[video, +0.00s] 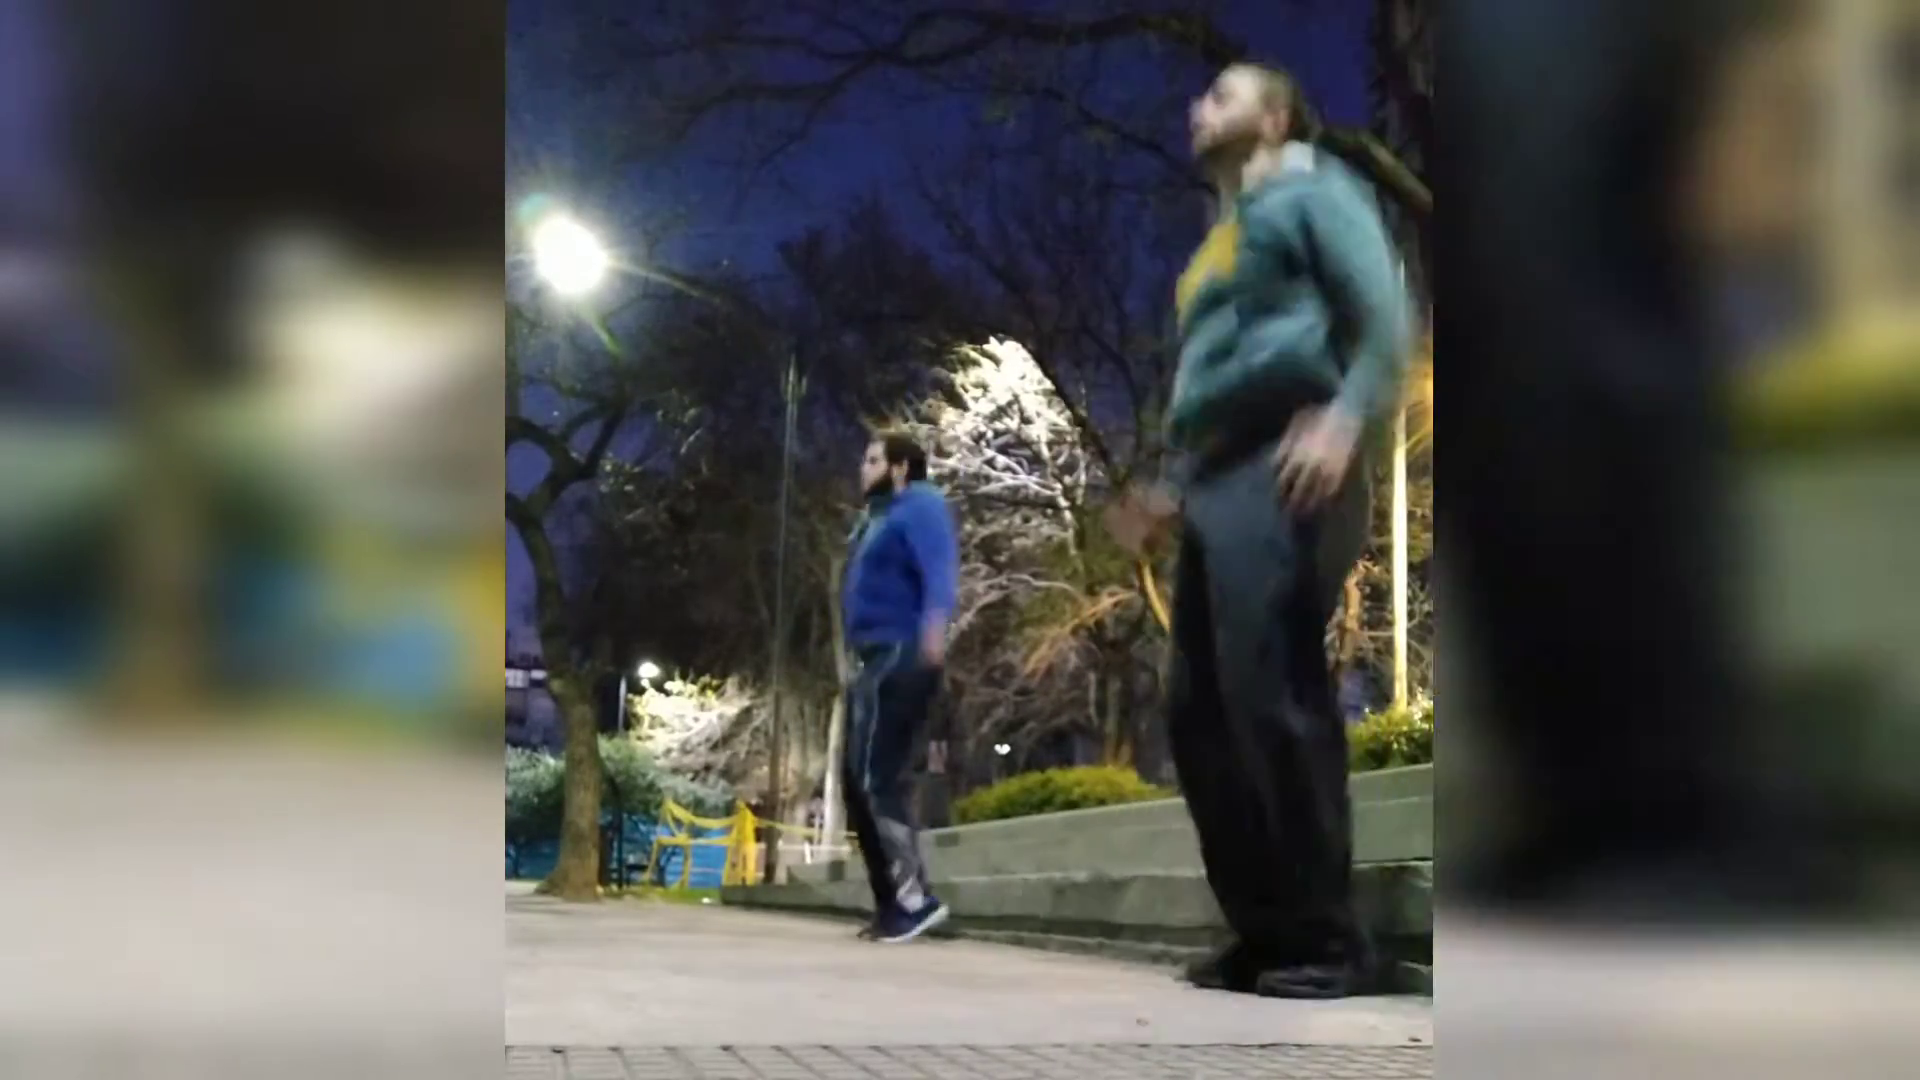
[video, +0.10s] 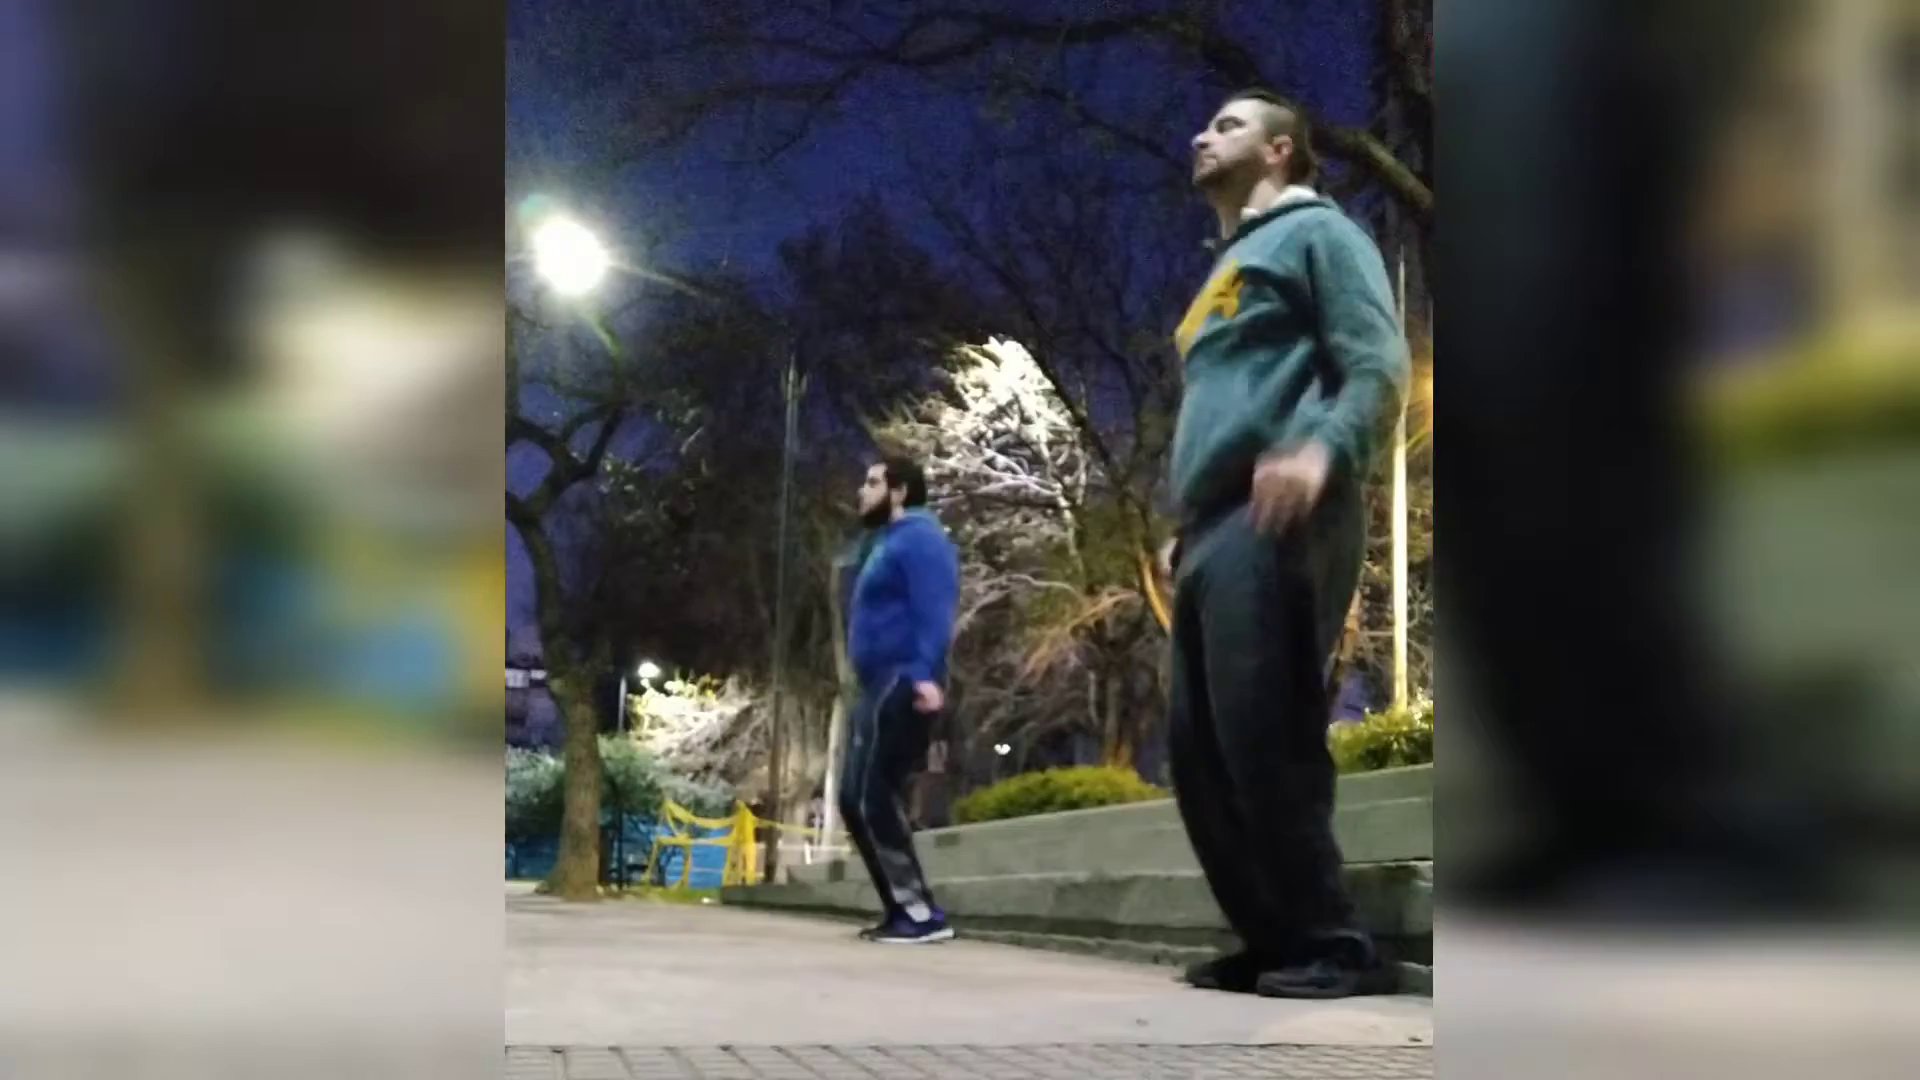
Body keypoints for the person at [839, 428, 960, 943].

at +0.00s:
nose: (863, 469)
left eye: (873, 460)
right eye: (865, 460)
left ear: (901, 467)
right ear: (890, 469)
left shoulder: (920, 505)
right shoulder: (876, 516)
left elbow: (938, 571)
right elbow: (870, 590)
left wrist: (934, 631)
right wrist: (856, 652)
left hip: (903, 651)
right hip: (869, 654)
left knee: (875, 775)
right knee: (857, 778)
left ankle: (913, 898)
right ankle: (891, 904)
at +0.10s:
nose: (862, 492)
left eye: (872, 483)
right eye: (865, 483)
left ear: (900, 491)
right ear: (895, 492)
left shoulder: (920, 536)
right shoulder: (888, 539)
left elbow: (933, 607)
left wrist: (925, 673)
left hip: (902, 681)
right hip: (875, 681)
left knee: (871, 792)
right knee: (853, 795)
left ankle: (918, 911)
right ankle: (900, 908)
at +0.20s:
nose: (870, 467)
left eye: (880, 458)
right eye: (873, 457)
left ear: (907, 465)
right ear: (903, 467)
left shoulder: (928, 507)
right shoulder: (894, 516)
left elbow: (949, 582)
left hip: (904, 657)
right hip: (872, 659)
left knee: (890, 776)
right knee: (862, 783)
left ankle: (920, 903)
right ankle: (894, 906)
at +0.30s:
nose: (877, 453)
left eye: (887, 444)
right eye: (879, 444)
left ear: (915, 451)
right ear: (908, 454)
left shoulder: (931, 489)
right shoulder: (895, 500)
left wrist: (963, 458)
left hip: (907, 632)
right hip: (876, 636)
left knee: (895, 755)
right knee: (875, 764)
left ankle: (927, 885)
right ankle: (892, 894)